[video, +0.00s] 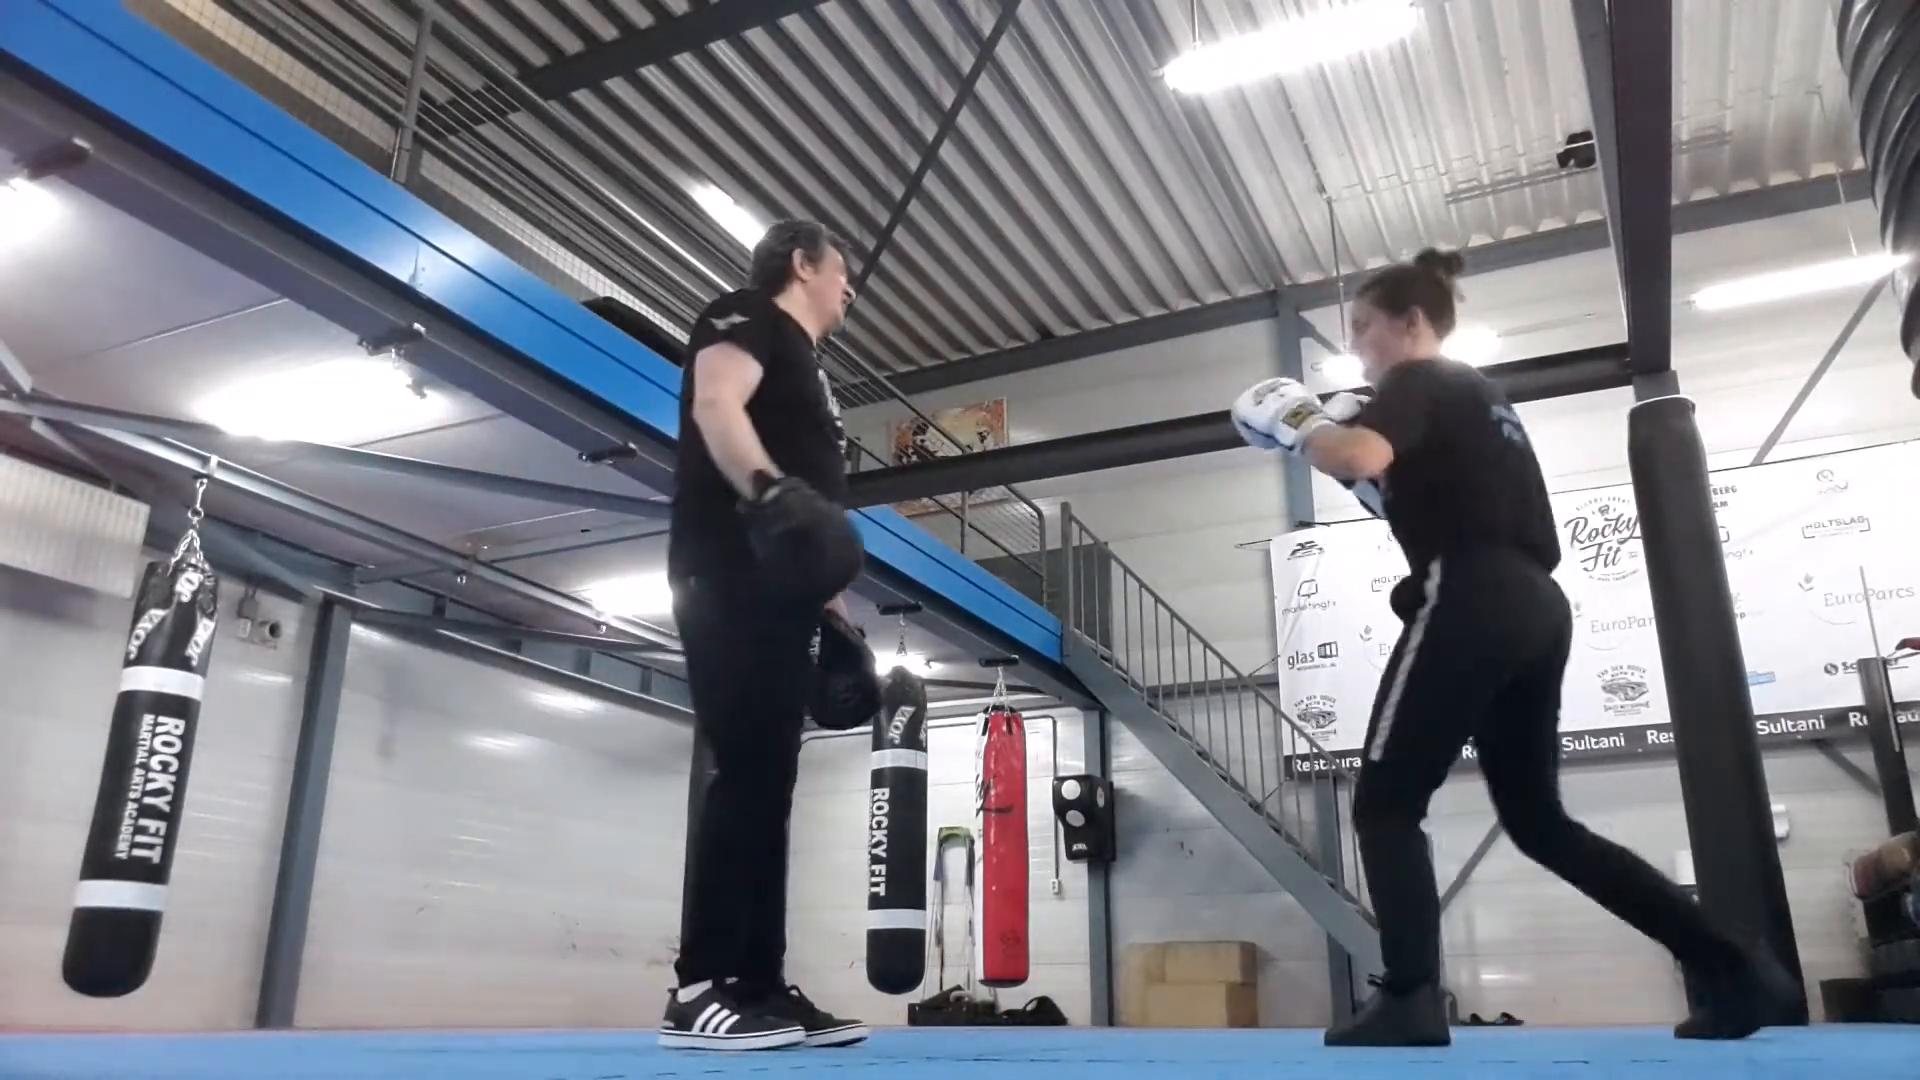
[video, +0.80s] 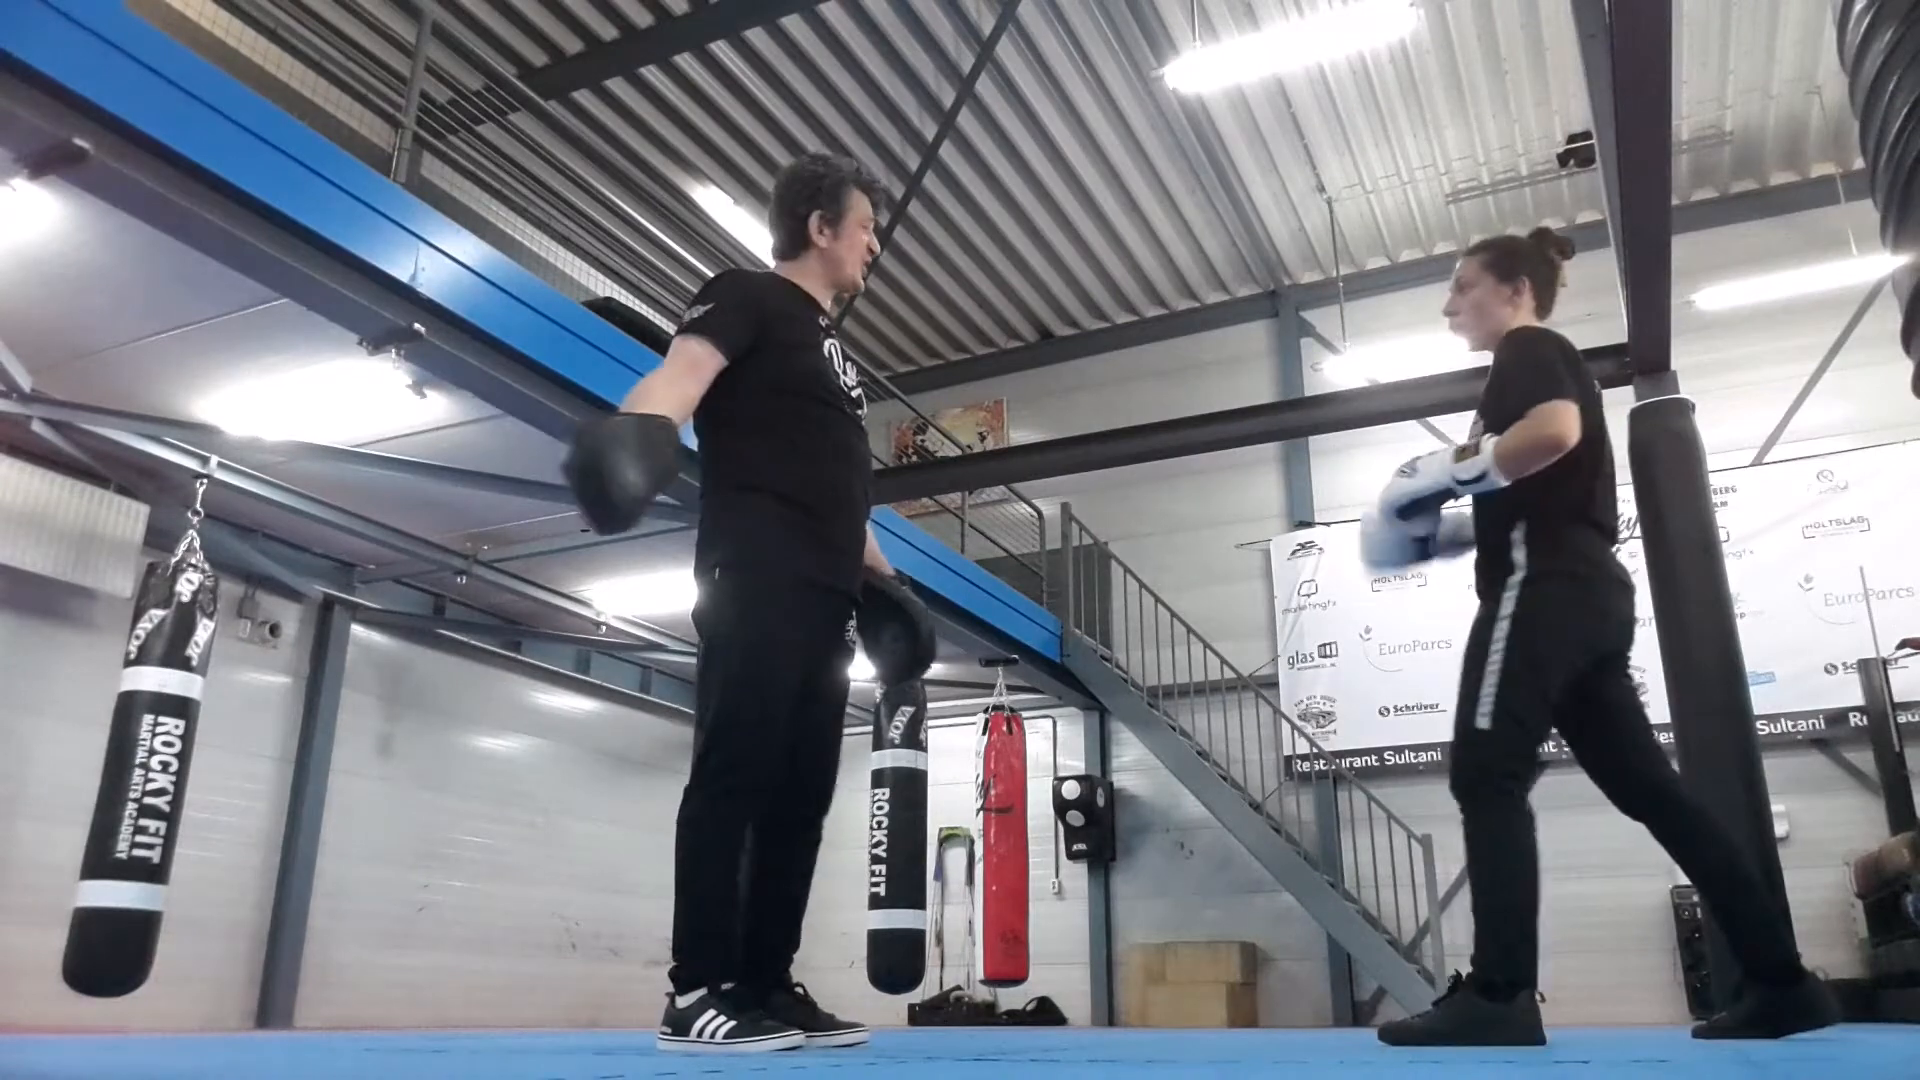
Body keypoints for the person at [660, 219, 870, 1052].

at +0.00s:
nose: (850, 291)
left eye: (851, 280)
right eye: (843, 274)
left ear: (802, 272)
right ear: (802, 265)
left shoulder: (792, 355)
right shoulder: (755, 317)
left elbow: (793, 503)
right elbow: (713, 402)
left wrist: (830, 611)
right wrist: (772, 494)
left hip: (767, 588)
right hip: (733, 578)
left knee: (759, 780)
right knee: (749, 778)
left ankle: (752, 989)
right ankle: (716, 992)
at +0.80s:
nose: (874, 250)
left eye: (876, 235)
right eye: (866, 230)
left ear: (825, 234)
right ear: (819, 226)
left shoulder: (828, 349)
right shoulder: (753, 294)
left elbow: (834, 495)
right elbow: (682, 373)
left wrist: (883, 584)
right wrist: (632, 442)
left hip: (825, 585)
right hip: (757, 568)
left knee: (800, 790)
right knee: (732, 776)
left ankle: (768, 988)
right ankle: (701, 994)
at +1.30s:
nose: (892, 269)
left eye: (889, 253)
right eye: (891, 253)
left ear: (812, 251)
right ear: (873, 251)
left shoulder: (817, 327)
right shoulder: (823, 317)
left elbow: (805, 449)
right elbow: (791, 431)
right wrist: (756, 523)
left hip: (818, 599)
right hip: (797, 594)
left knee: (849, 778)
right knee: (767, 774)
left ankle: (854, 994)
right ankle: (703, 996)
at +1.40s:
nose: (884, 266)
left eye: (879, 255)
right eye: (881, 254)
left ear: (794, 263)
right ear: (869, 255)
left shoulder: (774, 345)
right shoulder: (851, 319)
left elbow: (783, 478)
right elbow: (893, 451)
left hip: (793, 590)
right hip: (822, 591)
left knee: (845, 785)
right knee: (771, 777)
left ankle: (854, 996)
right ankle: (704, 996)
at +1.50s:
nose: (877, 268)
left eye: (868, 257)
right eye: (875, 254)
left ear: (786, 268)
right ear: (864, 255)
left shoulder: (761, 354)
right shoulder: (863, 315)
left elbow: (806, 458)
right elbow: (977, 421)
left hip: (801, 587)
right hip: (836, 585)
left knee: (847, 787)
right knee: (774, 775)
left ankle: (853, 998)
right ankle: (705, 996)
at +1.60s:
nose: (880, 266)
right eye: (876, 251)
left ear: (797, 269)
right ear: (874, 255)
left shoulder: (768, 361)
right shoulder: (886, 316)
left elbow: (774, 492)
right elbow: (1003, 364)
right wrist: (1075, 365)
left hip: (800, 588)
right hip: (853, 584)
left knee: (844, 789)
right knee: (787, 774)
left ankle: (854, 996)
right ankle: (708, 987)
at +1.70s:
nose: (897, 268)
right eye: (893, 255)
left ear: (817, 272)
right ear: (894, 260)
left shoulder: (779, 369)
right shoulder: (910, 311)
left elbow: (769, 497)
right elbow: (999, 310)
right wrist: (1009, 257)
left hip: (800, 584)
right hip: (874, 576)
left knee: (846, 785)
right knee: (807, 766)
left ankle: (854, 995)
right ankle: (711, 978)